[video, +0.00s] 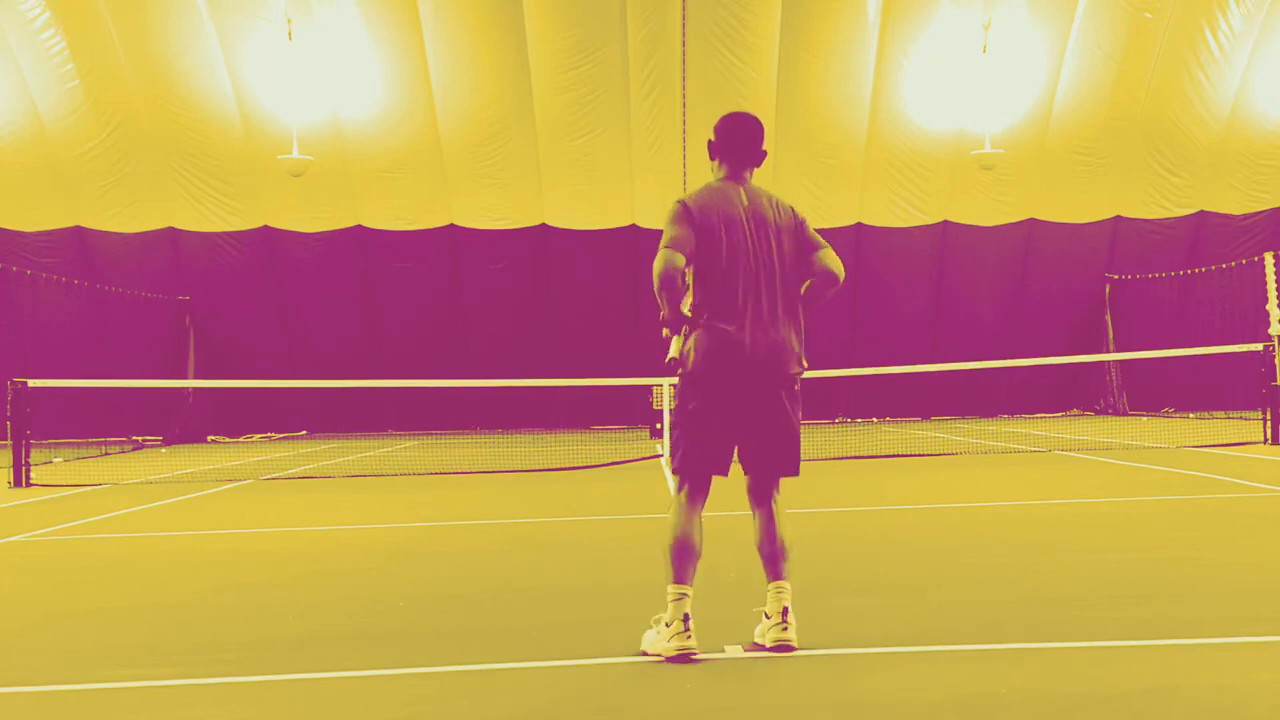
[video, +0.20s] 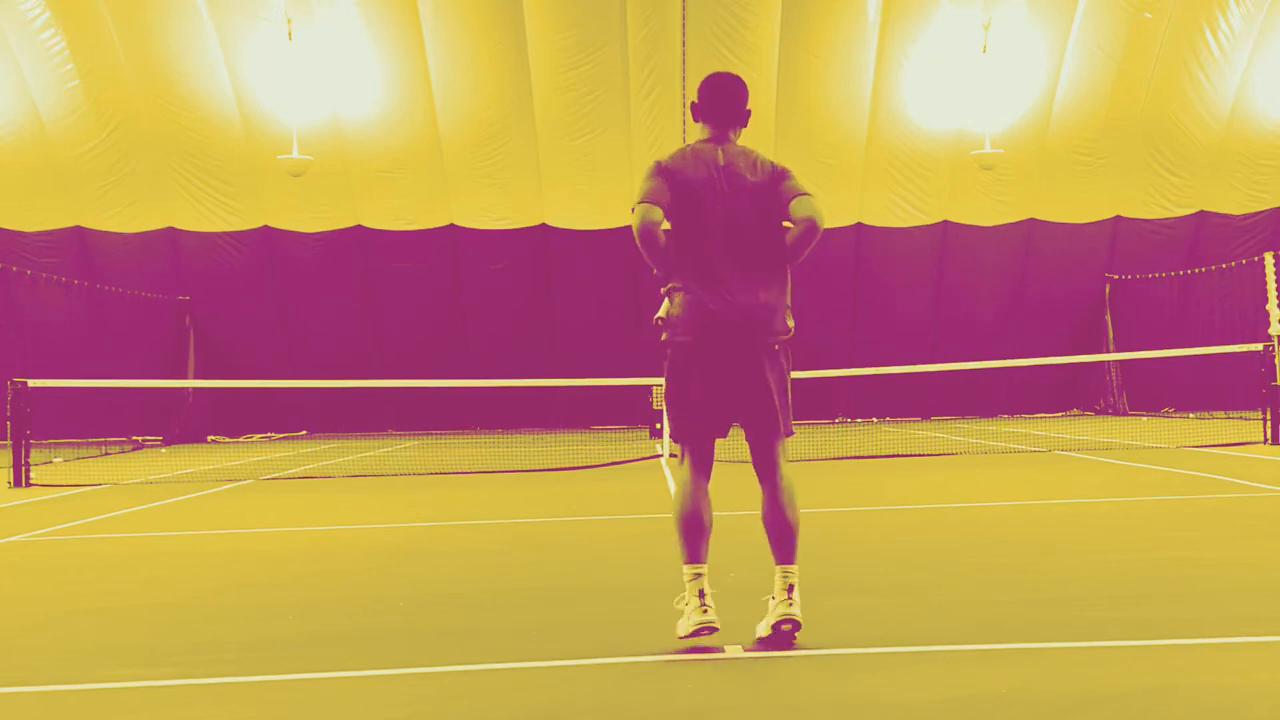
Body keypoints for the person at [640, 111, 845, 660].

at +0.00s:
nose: (713, 160)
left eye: (712, 152)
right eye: (727, 154)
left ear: (713, 153)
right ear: (762, 158)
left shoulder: (693, 207)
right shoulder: (786, 213)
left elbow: (667, 269)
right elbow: (831, 272)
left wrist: (673, 324)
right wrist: (788, 307)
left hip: (712, 363)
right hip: (775, 364)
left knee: (690, 495)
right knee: (765, 494)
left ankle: (678, 623)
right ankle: (781, 618)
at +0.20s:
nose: (710, 124)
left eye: (701, 113)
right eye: (735, 117)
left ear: (695, 115)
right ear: (747, 119)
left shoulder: (670, 168)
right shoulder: (772, 172)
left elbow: (647, 222)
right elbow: (811, 220)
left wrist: (667, 279)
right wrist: (775, 269)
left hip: (695, 335)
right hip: (763, 335)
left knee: (693, 467)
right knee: (773, 466)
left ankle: (697, 602)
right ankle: (787, 598)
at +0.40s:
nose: (719, 145)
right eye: (726, 135)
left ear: (678, 138)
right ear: (729, 139)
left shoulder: (646, 200)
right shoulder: (752, 201)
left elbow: (617, 263)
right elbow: (786, 275)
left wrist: (650, 317)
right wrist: (745, 314)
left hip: (679, 359)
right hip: (747, 355)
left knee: (689, 496)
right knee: (779, 487)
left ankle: (696, 620)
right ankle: (819, 615)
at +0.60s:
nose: (713, 114)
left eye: (691, 103)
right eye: (725, 103)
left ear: (679, 104)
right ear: (733, 106)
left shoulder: (649, 162)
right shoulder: (756, 171)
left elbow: (624, 226)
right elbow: (789, 241)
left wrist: (639, 274)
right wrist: (743, 273)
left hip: (669, 329)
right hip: (734, 329)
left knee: (672, 468)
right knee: (740, 464)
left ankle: (673, 600)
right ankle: (743, 594)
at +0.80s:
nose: (708, 140)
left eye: (684, 129)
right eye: (721, 129)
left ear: (677, 131)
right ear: (730, 136)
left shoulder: (652, 190)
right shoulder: (754, 199)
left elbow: (625, 277)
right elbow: (798, 271)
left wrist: (635, 300)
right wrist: (759, 315)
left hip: (669, 356)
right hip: (734, 359)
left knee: (636, 492)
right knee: (717, 497)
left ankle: (623, 627)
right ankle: (728, 623)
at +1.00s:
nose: (682, 105)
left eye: (672, 92)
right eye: (706, 96)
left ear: (664, 94)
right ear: (718, 99)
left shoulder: (636, 155)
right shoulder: (743, 159)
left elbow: (613, 225)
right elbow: (788, 221)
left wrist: (640, 269)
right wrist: (751, 274)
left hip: (662, 326)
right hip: (732, 325)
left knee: (654, 466)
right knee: (736, 469)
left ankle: (650, 602)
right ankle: (739, 608)